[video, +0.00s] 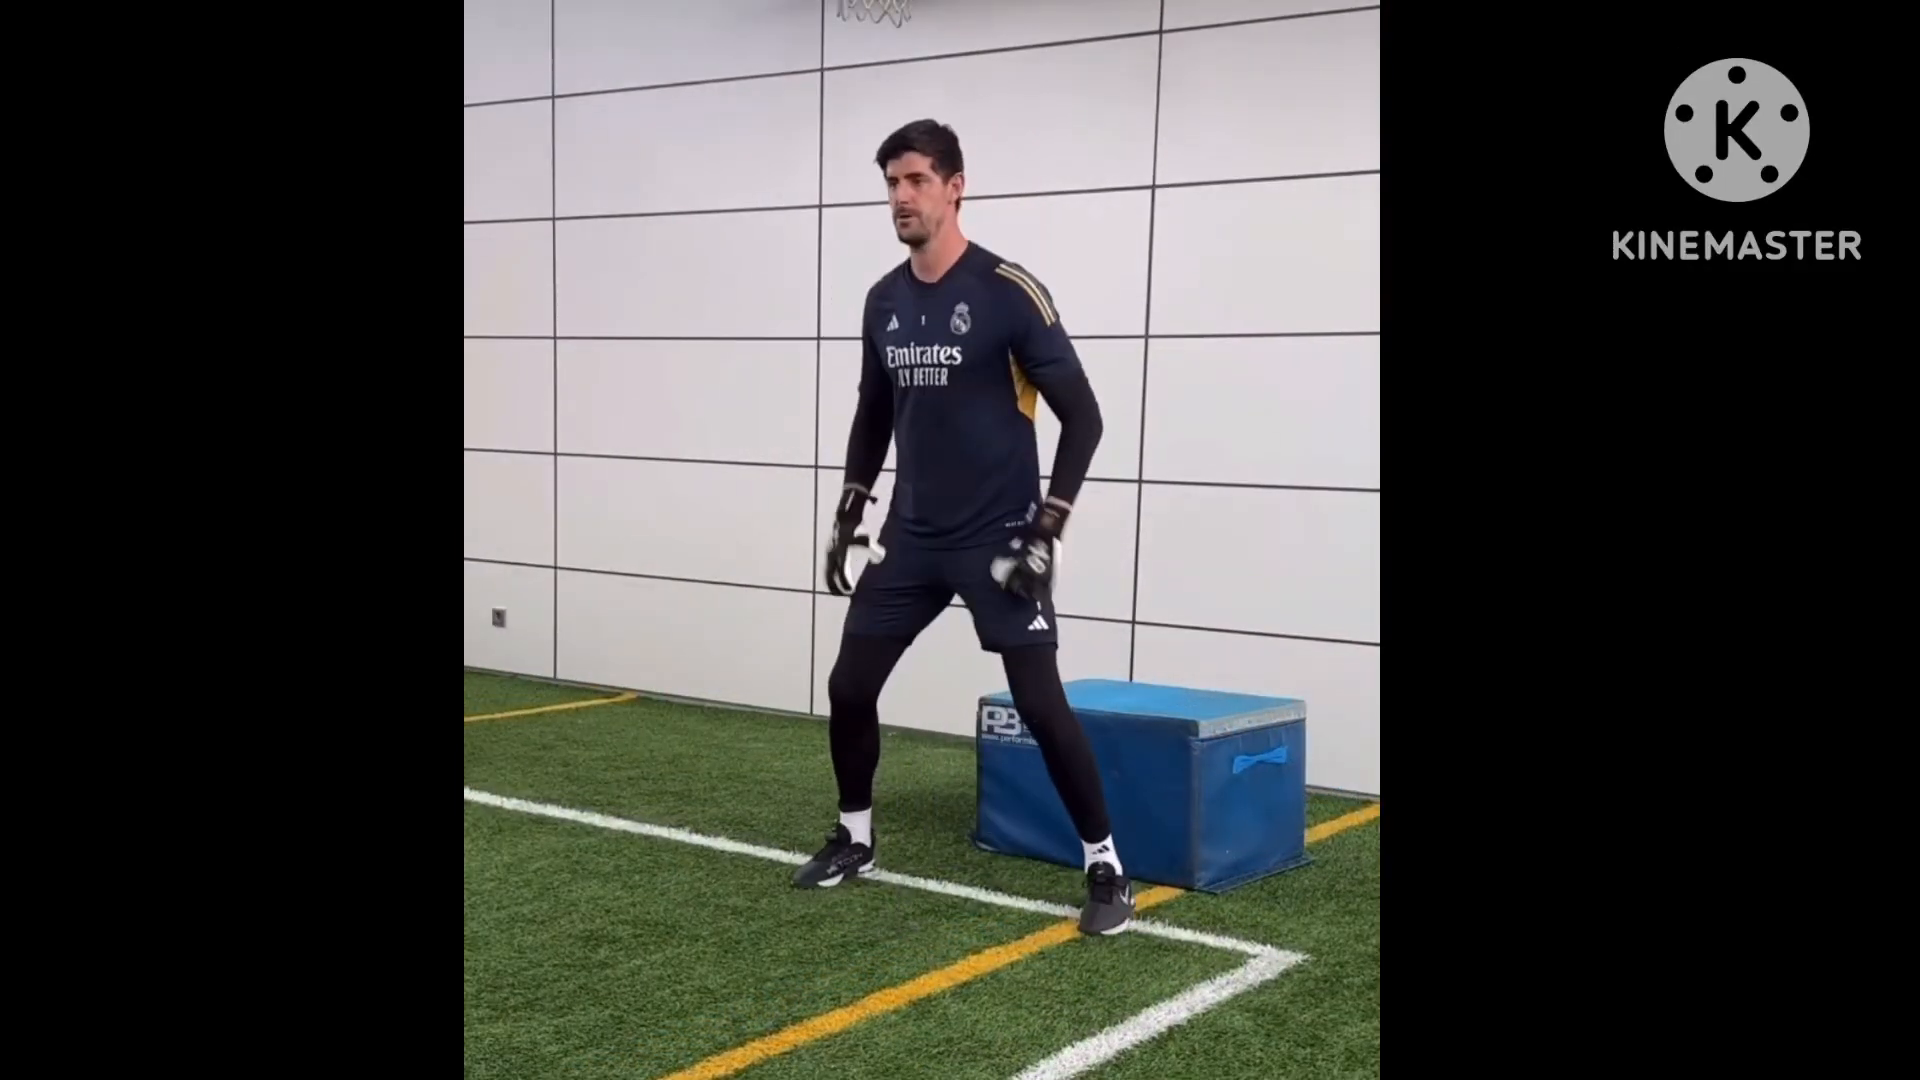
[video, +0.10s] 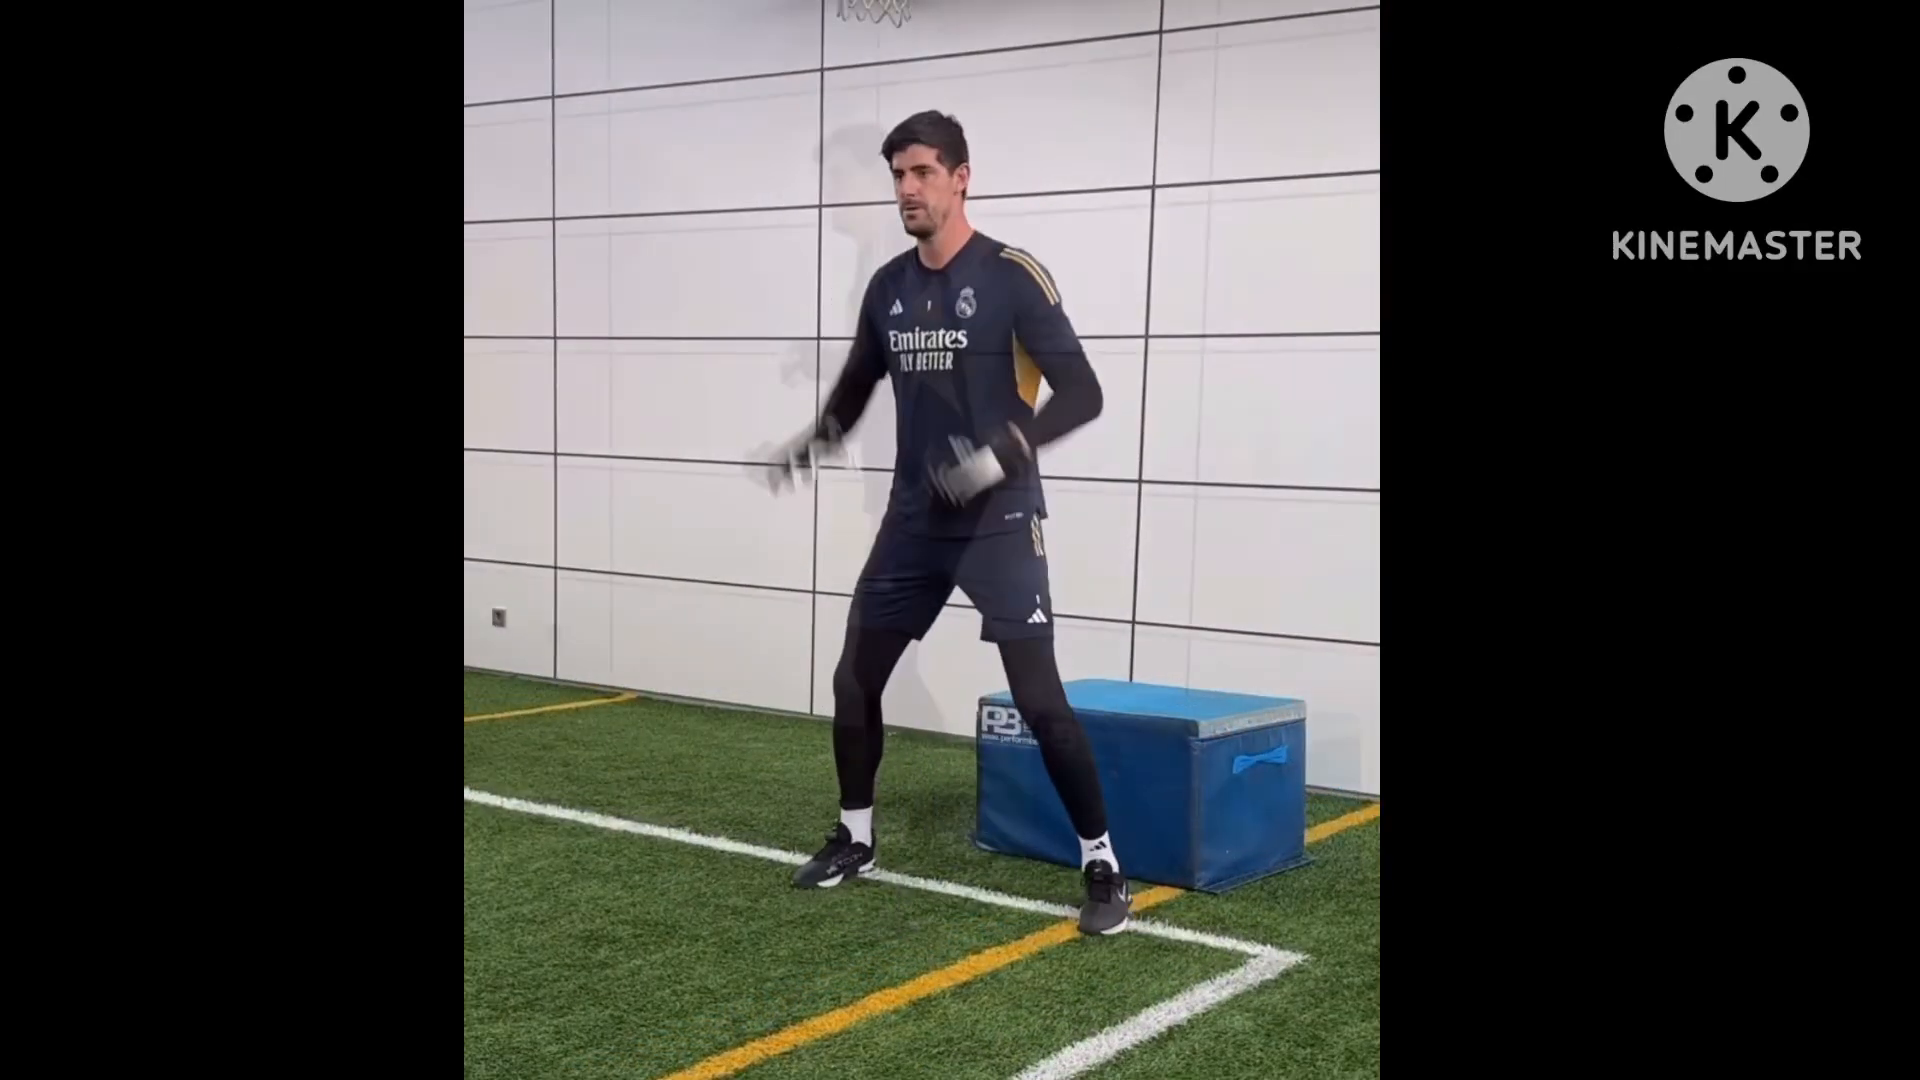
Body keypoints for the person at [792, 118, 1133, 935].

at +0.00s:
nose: (900, 197)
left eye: (915, 181)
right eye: (892, 183)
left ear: (955, 187)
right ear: (888, 194)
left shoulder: (1010, 293)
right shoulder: (885, 301)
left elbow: (1082, 416)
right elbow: (875, 410)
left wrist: (1046, 528)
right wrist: (848, 511)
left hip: (999, 538)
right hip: (911, 539)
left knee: (1040, 703)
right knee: (848, 689)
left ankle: (1105, 867)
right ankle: (853, 838)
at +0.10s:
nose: (907, 189)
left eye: (922, 173)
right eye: (899, 175)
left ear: (961, 179)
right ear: (893, 187)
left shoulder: (1012, 276)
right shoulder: (888, 287)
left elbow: (1083, 393)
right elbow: (855, 384)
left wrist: (1008, 449)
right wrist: (821, 436)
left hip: (1000, 519)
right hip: (914, 519)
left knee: (1039, 700)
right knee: (856, 678)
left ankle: (1100, 862)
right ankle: (856, 838)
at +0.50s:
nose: (841, 182)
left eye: (843, 169)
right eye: (846, 169)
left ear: (861, 172)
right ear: (914, 176)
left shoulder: (844, 250)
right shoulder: (956, 264)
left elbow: (834, 369)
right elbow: (995, 395)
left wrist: (796, 462)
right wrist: (937, 451)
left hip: (868, 486)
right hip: (942, 492)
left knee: (812, 657)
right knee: (914, 649)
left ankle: (831, 847)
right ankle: (960, 822)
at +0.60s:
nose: (845, 208)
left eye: (850, 196)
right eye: (850, 196)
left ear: (868, 199)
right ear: (915, 202)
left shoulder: (844, 275)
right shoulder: (957, 289)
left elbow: (830, 392)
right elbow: (996, 416)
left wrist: (793, 494)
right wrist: (934, 464)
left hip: (865, 507)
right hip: (944, 513)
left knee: (804, 679)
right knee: (918, 664)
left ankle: (814, 871)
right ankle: (980, 835)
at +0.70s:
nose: (837, 213)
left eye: (847, 201)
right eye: (840, 201)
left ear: (882, 209)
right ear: (899, 213)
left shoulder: (873, 284)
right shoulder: (944, 294)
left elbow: (876, 406)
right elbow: (961, 421)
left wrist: (828, 500)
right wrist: (876, 492)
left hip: (895, 514)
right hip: (955, 519)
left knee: (811, 688)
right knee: (912, 674)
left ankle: (816, 884)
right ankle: (974, 848)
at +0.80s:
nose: (842, 179)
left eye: (856, 167)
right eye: (842, 167)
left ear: (900, 174)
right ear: (880, 179)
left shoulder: (919, 252)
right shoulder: (895, 257)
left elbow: (969, 365)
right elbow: (907, 382)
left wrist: (902, 441)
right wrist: (856, 450)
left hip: (923, 491)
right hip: (924, 488)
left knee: (849, 663)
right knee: (901, 664)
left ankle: (830, 864)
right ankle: (965, 837)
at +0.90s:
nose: (856, 174)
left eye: (871, 160)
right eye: (852, 161)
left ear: (913, 169)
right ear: (861, 173)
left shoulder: (950, 252)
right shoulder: (874, 268)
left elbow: (1008, 374)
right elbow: (895, 382)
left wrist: (943, 463)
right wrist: (855, 456)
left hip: (955, 481)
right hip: (903, 479)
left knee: (885, 659)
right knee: (875, 666)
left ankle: (919, 855)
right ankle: (920, 841)